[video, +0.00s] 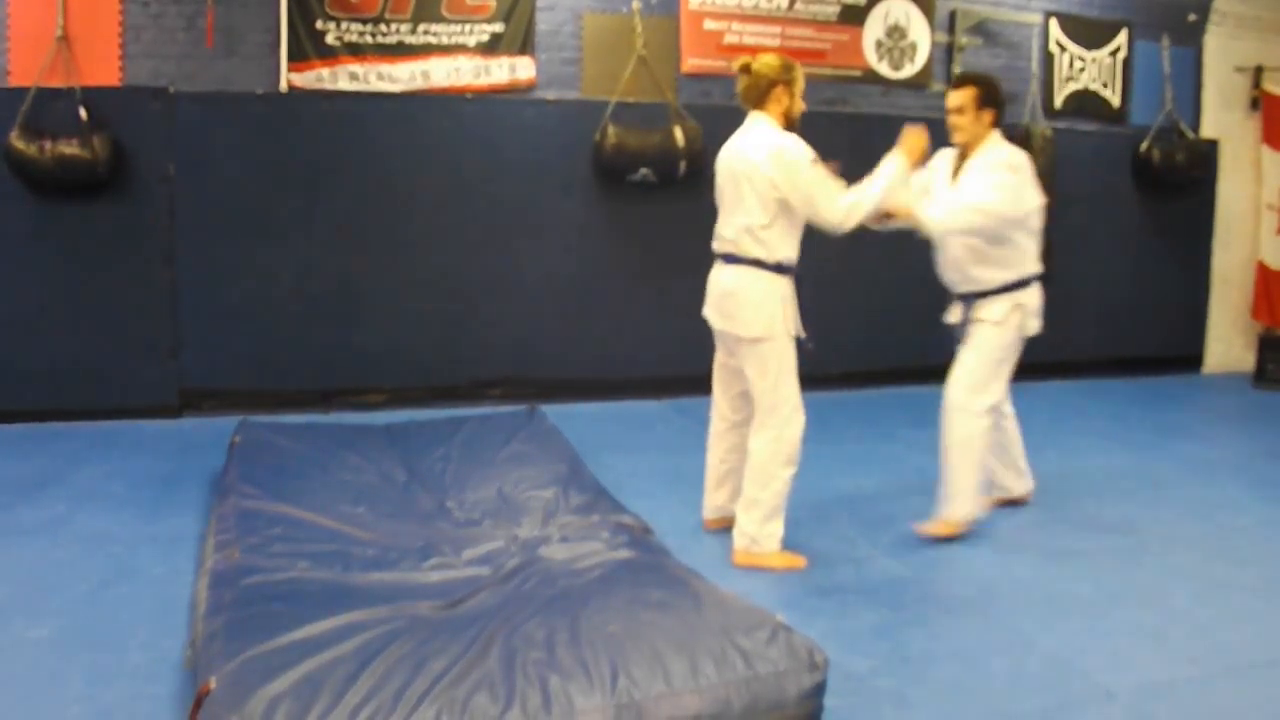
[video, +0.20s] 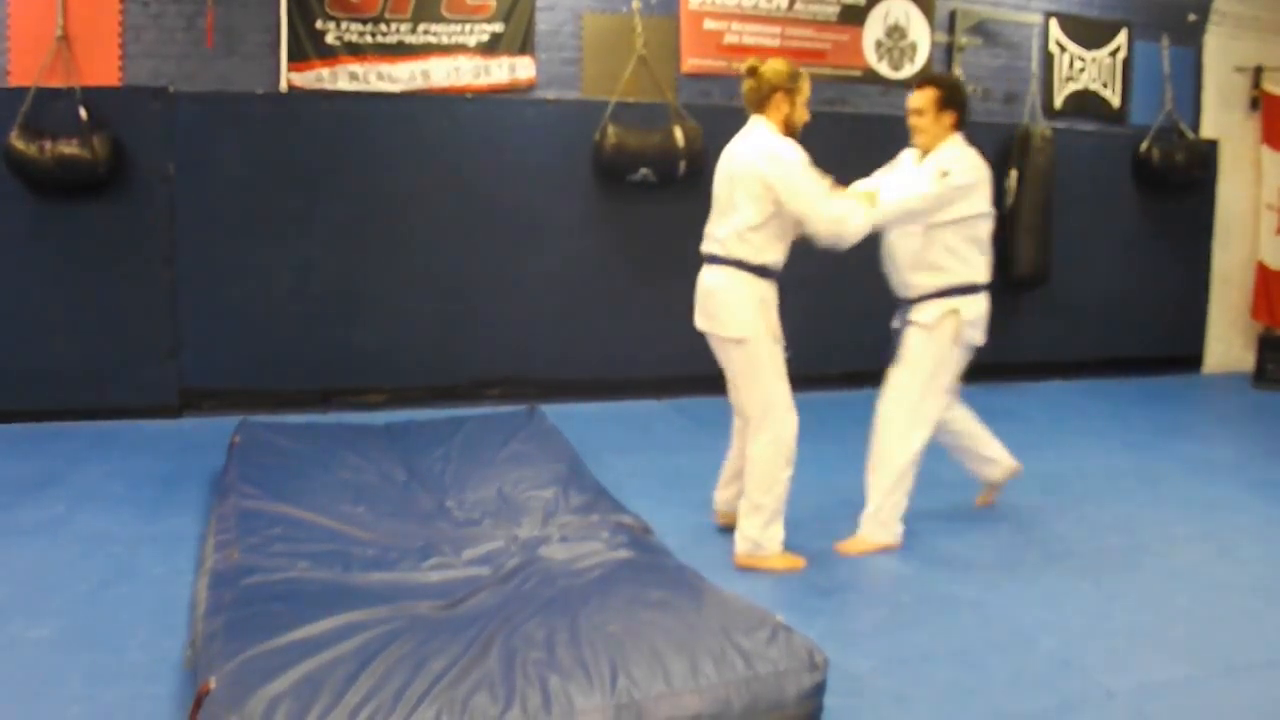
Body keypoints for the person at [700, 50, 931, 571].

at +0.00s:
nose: (800, 101)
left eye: (797, 93)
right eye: (796, 93)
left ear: (753, 95)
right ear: (781, 95)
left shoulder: (733, 145)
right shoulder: (785, 152)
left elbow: (761, 201)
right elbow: (838, 214)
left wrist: (810, 176)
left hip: (724, 282)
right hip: (763, 291)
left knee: (730, 405)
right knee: (781, 417)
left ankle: (720, 506)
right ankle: (756, 541)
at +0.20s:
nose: (809, 112)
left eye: (807, 103)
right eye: (804, 102)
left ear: (768, 102)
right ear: (781, 101)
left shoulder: (745, 144)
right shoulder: (775, 153)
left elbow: (802, 214)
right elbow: (834, 227)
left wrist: (837, 196)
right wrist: (870, 200)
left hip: (722, 286)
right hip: (743, 293)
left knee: (753, 407)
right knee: (776, 418)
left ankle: (730, 504)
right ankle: (758, 543)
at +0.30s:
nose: (802, 115)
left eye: (802, 105)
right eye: (796, 105)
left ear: (765, 107)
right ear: (768, 107)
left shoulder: (752, 151)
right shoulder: (756, 161)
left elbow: (774, 235)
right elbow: (790, 249)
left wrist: (814, 221)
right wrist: (837, 224)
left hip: (726, 292)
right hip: (723, 298)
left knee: (761, 409)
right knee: (770, 410)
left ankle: (749, 530)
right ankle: (755, 539)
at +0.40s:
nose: (782, 131)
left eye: (782, 121)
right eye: (773, 121)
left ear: (755, 123)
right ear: (740, 121)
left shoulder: (748, 170)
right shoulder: (727, 177)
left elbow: (745, 245)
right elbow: (766, 257)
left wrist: (781, 225)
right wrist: (827, 227)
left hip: (736, 308)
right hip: (705, 311)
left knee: (772, 419)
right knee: (757, 419)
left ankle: (745, 516)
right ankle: (704, 515)